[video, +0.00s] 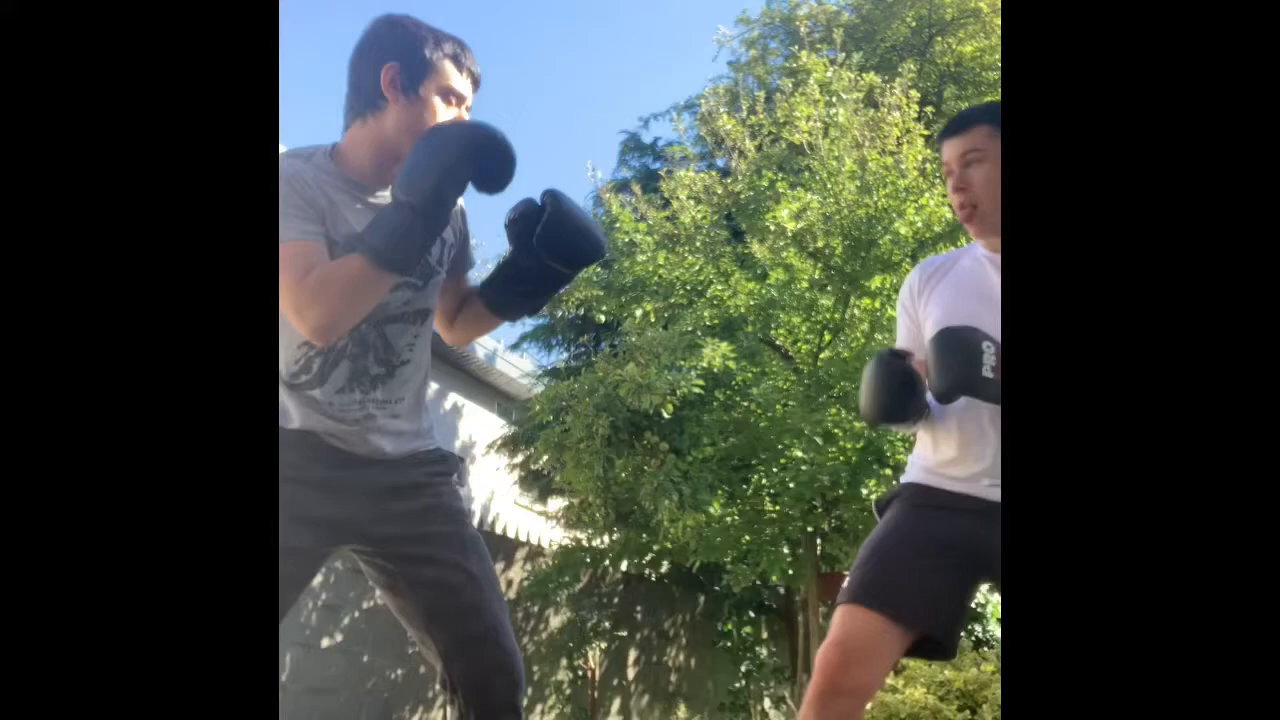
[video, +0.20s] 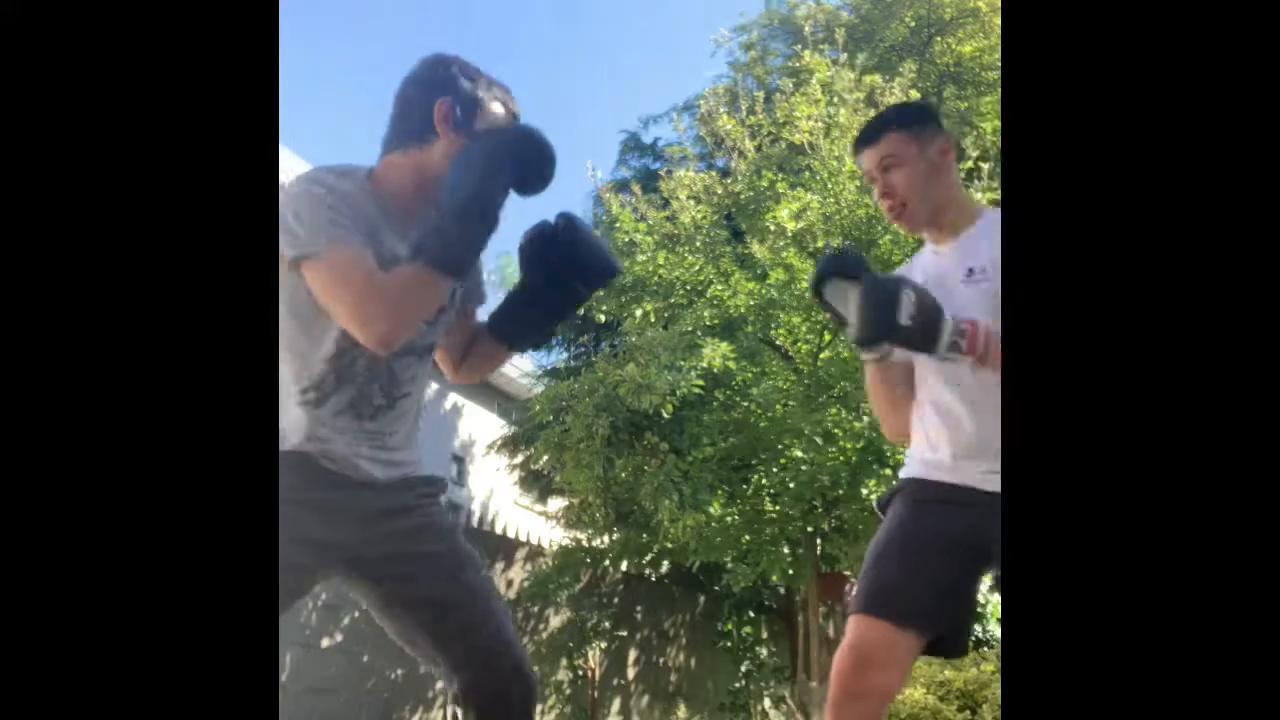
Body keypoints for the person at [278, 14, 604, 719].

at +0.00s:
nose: (464, 122)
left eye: (468, 107)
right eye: (453, 99)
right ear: (393, 82)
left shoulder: (440, 207)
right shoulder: (295, 178)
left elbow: (455, 324)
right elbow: (317, 315)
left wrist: (522, 280)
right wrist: (416, 204)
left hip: (410, 467)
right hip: (300, 457)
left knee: (493, 672)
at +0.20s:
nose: (499, 158)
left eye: (505, 141)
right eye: (494, 135)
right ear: (445, 118)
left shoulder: (457, 239)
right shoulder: (315, 197)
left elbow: (463, 362)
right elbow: (381, 323)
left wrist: (537, 301)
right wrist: (469, 211)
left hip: (400, 500)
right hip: (297, 481)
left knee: (505, 687)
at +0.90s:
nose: (512, 233)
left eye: (515, 215)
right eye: (511, 206)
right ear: (472, 178)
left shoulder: (431, 300)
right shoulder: (356, 203)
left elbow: (502, 394)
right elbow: (287, 271)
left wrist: (602, 350)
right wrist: (409, 277)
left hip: (309, 497)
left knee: (462, 673)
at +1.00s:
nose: (543, 271)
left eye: (552, 263)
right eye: (545, 250)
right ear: (512, 216)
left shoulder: (439, 325)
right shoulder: (420, 237)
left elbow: (443, 460)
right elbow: (431, 172)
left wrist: (551, 411)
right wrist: (564, 212)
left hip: (334, 505)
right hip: (288, 475)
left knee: (467, 674)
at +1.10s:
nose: (584, 289)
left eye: (589, 276)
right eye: (583, 267)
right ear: (550, 244)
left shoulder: (475, 344)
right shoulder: (489, 244)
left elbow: (437, 483)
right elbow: (596, 158)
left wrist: (553, 440)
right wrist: (705, 189)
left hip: (361, 507)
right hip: (306, 455)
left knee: (484, 676)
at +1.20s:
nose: (621, 292)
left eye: (625, 285)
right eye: (618, 270)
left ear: (596, 304)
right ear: (582, 252)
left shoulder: (520, 366)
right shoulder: (519, 256)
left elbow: (490, 485)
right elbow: (653, 216)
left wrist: (615, 422)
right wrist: (794, 196)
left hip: (418, 516)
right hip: (345, 466)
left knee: (525, 689)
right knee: (270, 643)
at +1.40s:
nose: (675, 280)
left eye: (680, 271)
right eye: (669, 260)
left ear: (635, 263)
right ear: (625, 242)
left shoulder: (610, 360)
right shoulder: (548, 239)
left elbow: (701, 388)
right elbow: (548, 128)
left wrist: (781, 300)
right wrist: (671, 149)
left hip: (478, 498)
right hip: (398, 445)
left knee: (563, 688)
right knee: (329, 674)